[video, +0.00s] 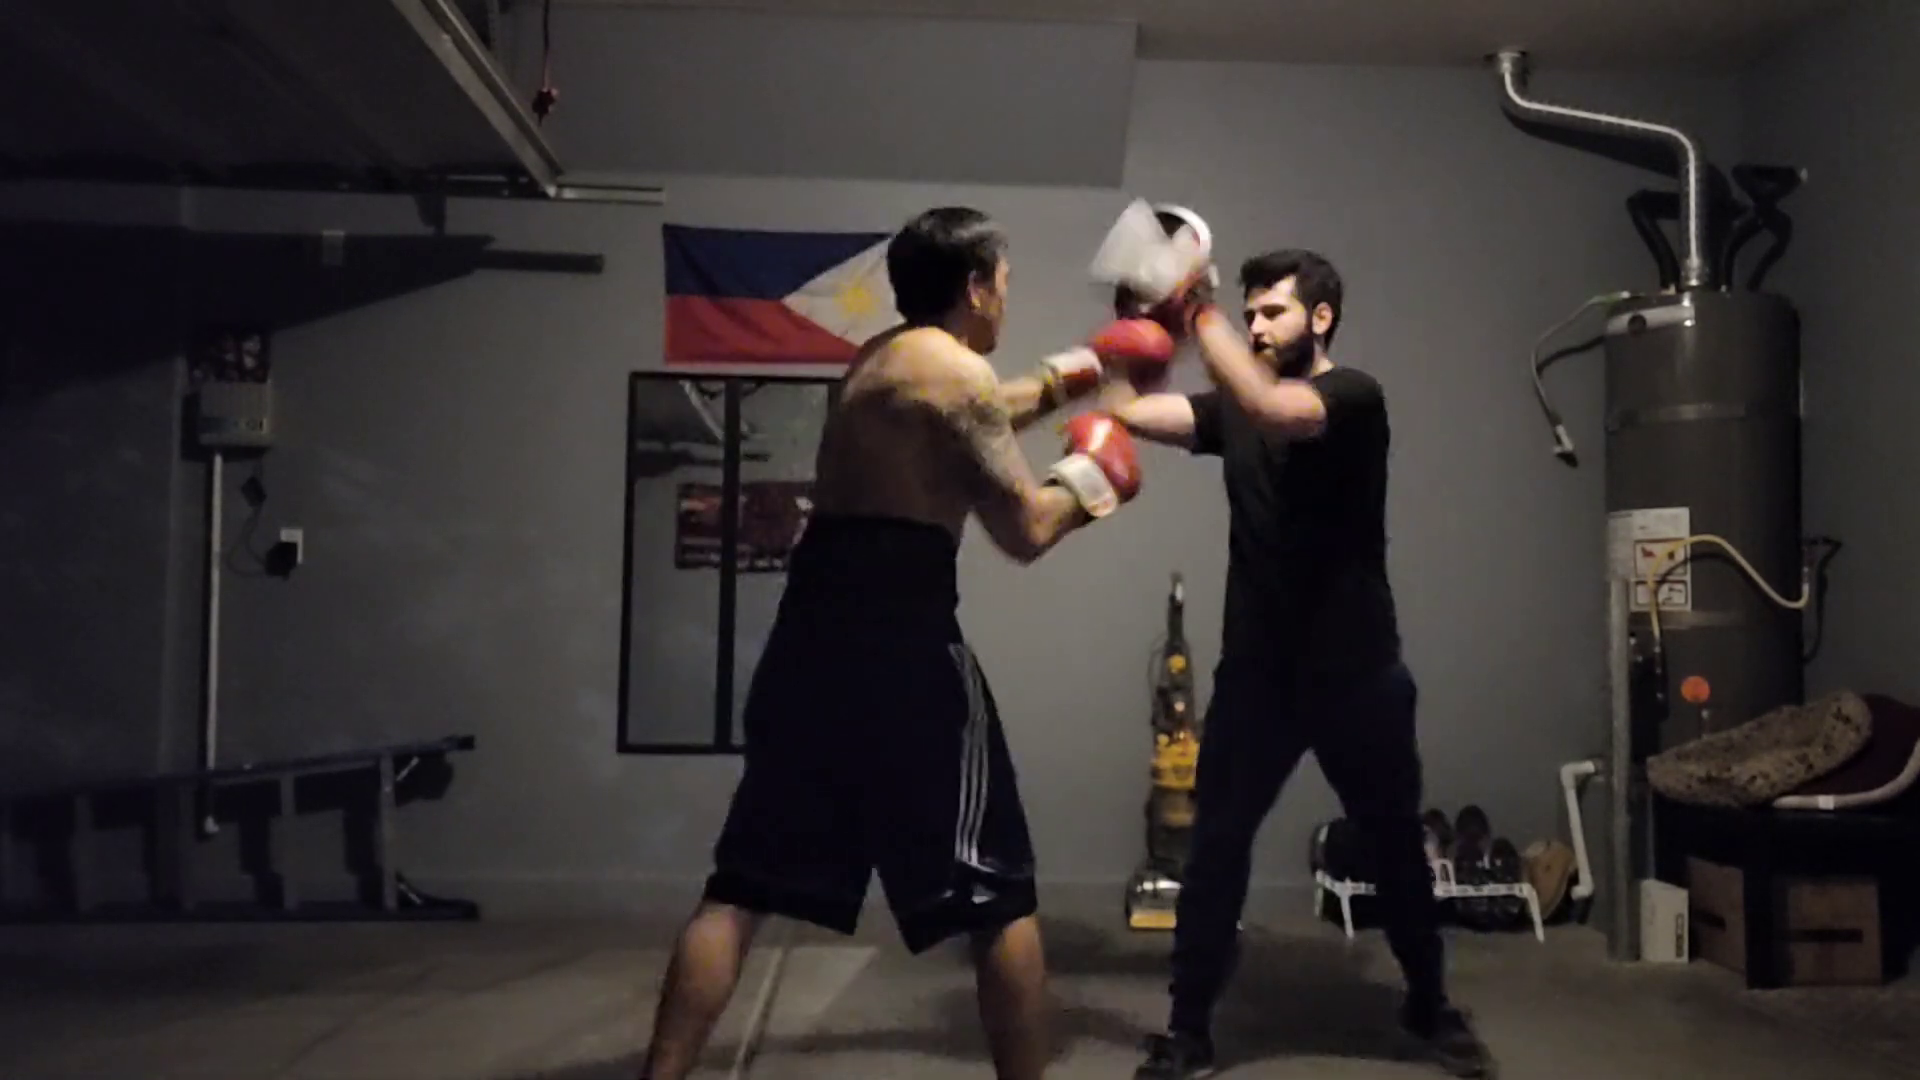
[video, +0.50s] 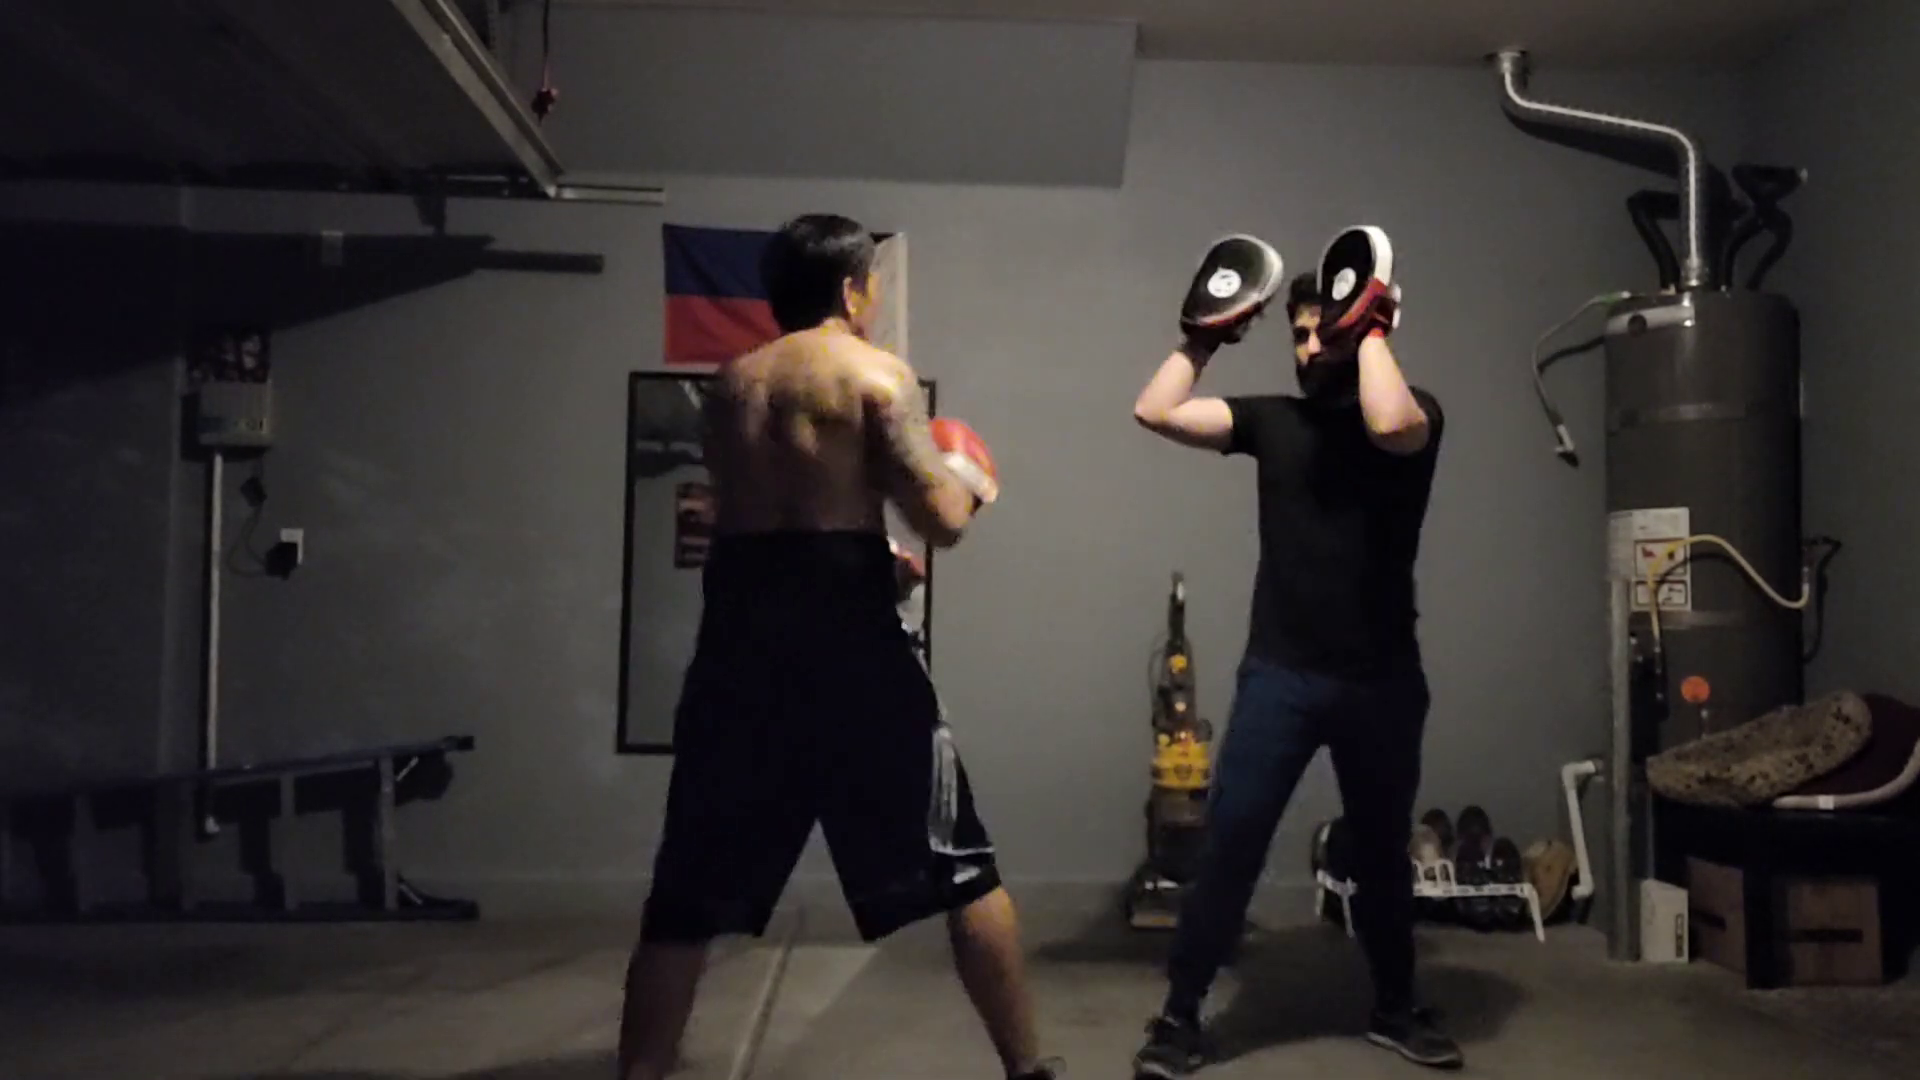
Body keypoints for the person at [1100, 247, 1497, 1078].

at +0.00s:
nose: (1257, 328)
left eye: (1273, 312)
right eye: (1250, 316)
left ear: (1322, 317)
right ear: (1243, 329)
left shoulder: (1357, 395)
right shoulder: (1238, 407)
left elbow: (1272, 406)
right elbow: (1137, 409)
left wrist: (1197, 309)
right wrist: (1118, 343)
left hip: (1355, 671)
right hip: (1258, 673)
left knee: (1394, 840)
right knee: (1216, 845)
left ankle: (1429, 1004)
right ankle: (1188, 1029)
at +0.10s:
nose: (1262, 321)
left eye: (1278, 307)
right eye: (1257, 309)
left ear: (1328, 323)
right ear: (1259, 329)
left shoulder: (1364, 397)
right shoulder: (1241, 415)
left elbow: (1294, 370)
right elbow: (1126, 419)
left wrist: (1241, 271)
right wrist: (1159, 324)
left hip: (1349, 671)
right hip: (1250, 672)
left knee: (1380, 846)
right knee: (1210, 844)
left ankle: (1409, 1001)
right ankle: (1185, 1027)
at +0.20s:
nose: (1285, 331)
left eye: (1300, 314)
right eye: (1276, 319)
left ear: (1341, 324)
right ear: (1265, 332)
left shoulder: (1386, 408)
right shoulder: (1253, 420)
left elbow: (1339, 392)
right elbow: (1135, 420)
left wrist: (1314, 294)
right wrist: (1163, 337)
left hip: (1359, 675)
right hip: (1258, 675)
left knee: (1375, 853)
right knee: (1216, 846)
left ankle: (1398, 1008)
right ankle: (1185, 1027)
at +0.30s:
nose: (1297, 341)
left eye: (1311, 327)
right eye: (1289, 330)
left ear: (1347, 333)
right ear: (1280, 339)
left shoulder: (1401, 416)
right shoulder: (1262, 420)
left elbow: (1365, 408)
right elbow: (1148, 419)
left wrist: (1351, 313)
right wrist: (1185, 334)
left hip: (1373, 678)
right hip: (1275, 676)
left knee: (1380, 858)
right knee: (1230, 856)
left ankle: (1397, 1013)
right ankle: (1188, 1030)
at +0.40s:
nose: (1310, 332)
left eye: (1324, 317)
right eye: (1299, 320)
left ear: (1361, 327)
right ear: (1287, 334)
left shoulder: (1409, 412)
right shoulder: (1271, 417)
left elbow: (1381, 418)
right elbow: (1158, 415)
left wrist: (1365, 324)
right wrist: (1203, 333)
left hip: (1380, 676)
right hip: (1281, 672)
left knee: (1382, 858)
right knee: (1235, 853)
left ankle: (1397, 1013)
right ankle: (1188, 1028)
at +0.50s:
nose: (1317, 345)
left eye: (1333, 330)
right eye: (1304, 332)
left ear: (1365, 335)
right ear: (1290, 340)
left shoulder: (1407, 412)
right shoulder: (1271, 416)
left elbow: (1391, 424)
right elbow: (1156, 411)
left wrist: (1371, 332)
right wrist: (1204, 335)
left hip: (1380, 676)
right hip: (1281, 670)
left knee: (1383, 855)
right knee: (1230, 842)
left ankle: (1396, 1011)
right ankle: (1180, 1016)